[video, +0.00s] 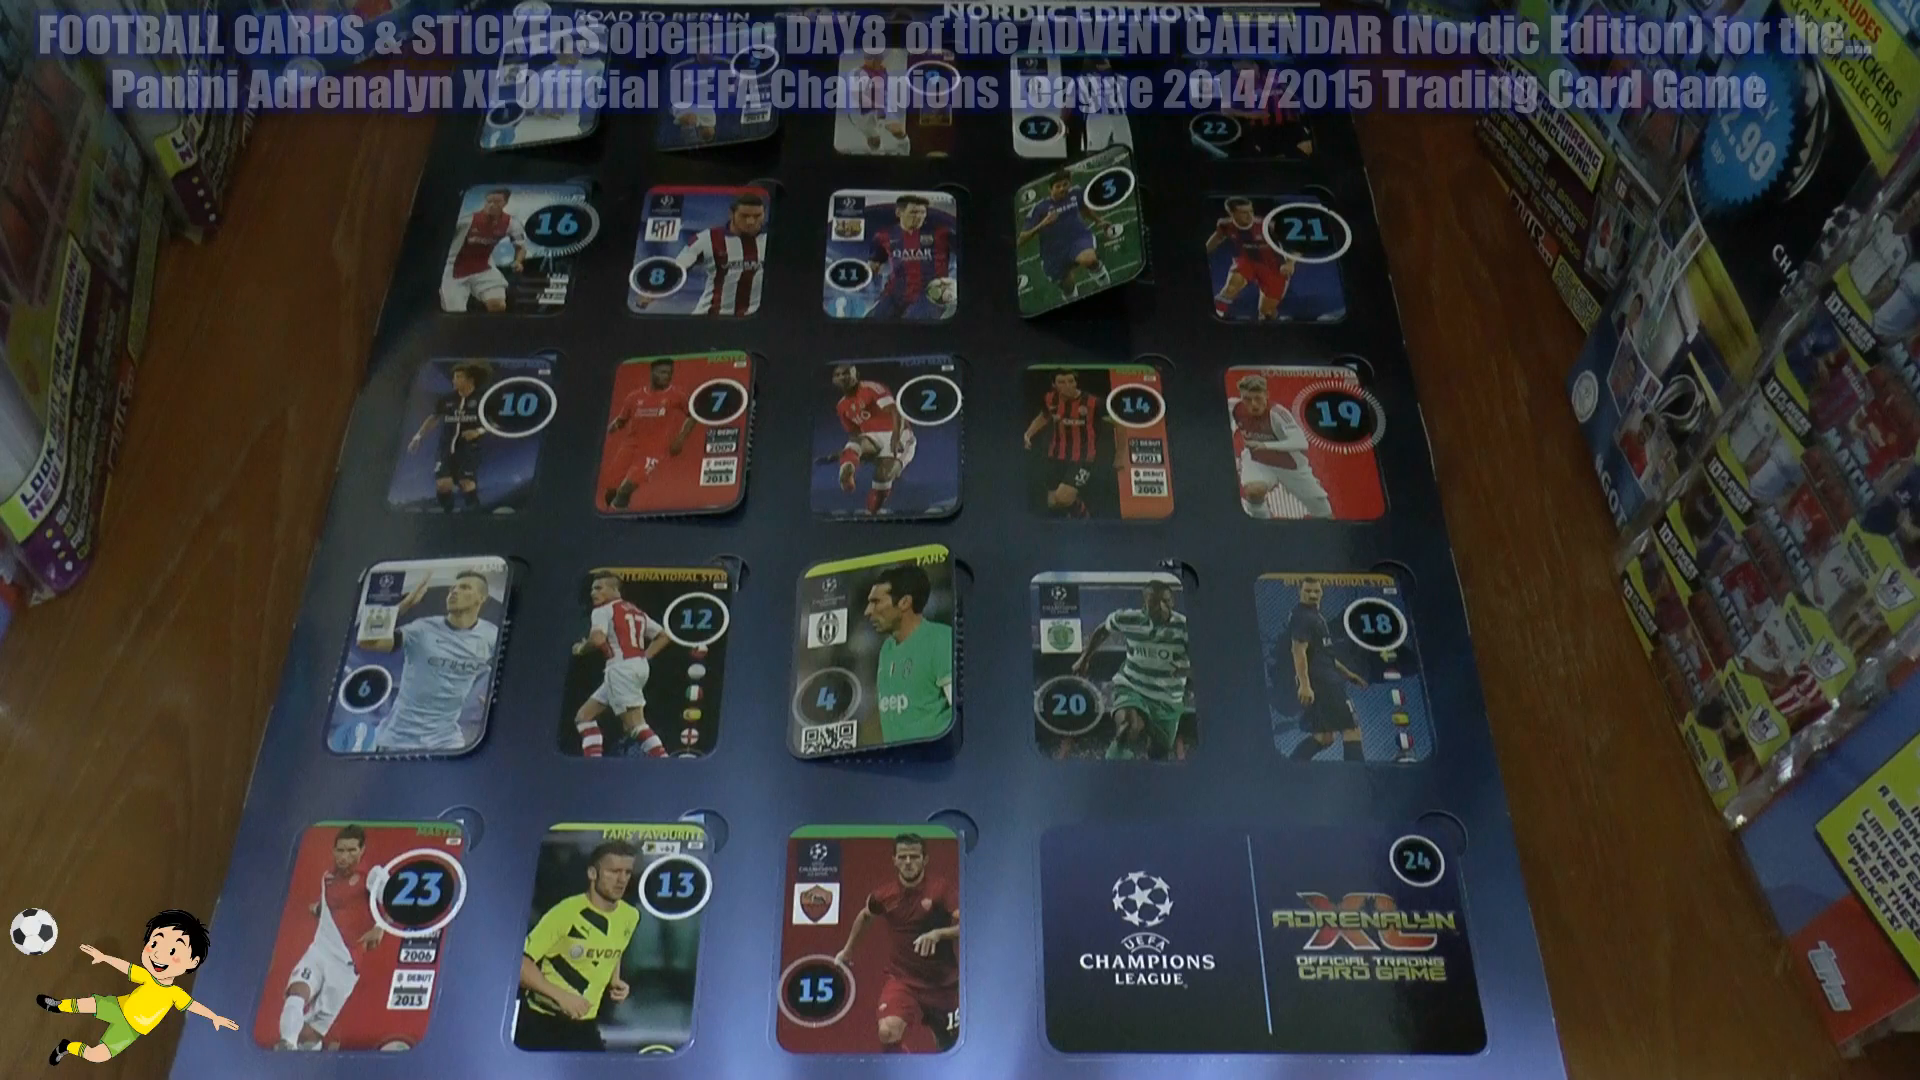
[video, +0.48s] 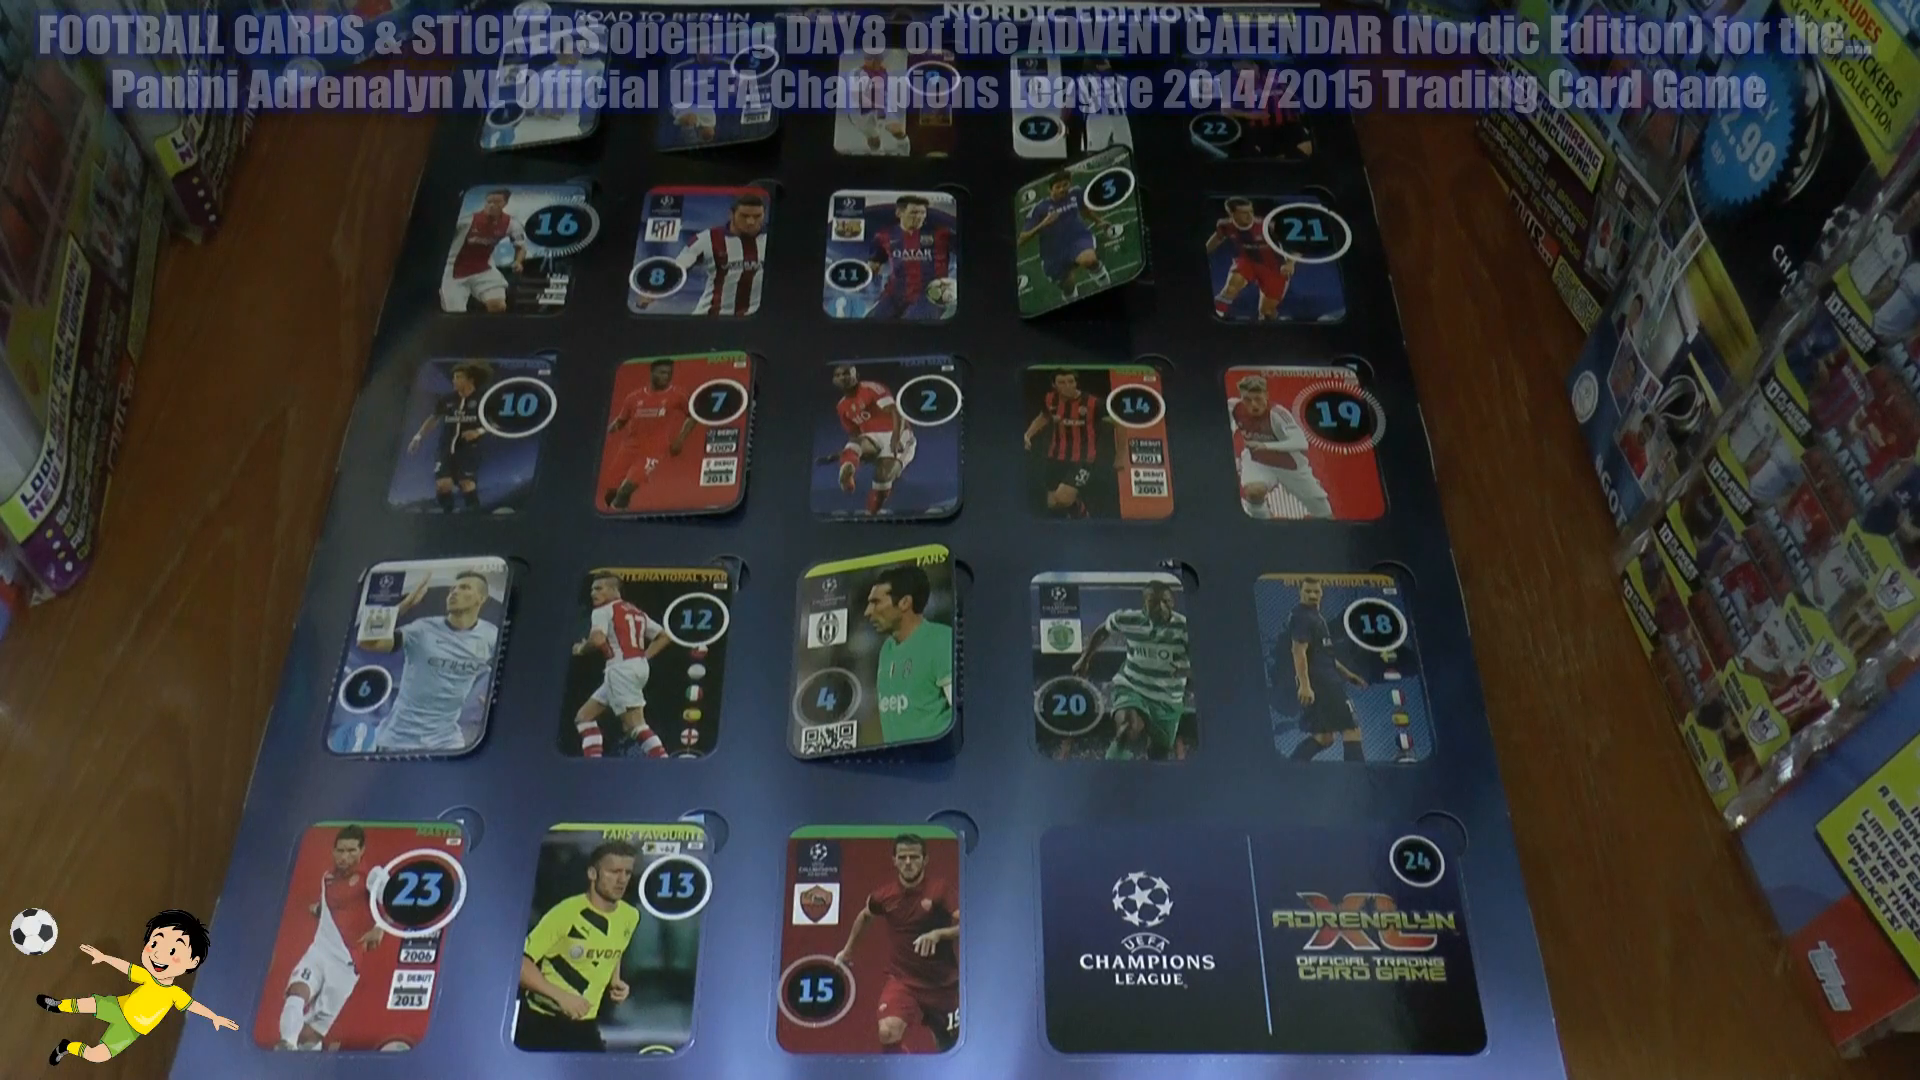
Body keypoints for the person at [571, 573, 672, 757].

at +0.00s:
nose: (593, 592)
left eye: (598, 588)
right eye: (592, 589)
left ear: (614, 590)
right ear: (616, 593)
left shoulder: (602, 610)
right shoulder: (634, 610)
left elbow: (598, 639)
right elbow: (663, 636)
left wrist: (582, 648)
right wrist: (644, 657)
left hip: (621, 668)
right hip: (641, 666)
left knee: (635, 724)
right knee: (584, 716)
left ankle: (665, 767)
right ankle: (594, 767)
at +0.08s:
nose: (593, 593)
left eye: (598, 588)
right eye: (593, 589)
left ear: (614, 591)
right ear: (616, 593)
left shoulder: (602, 610)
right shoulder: (634, 610)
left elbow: (598, 639)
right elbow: (663, 636)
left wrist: (582, 649)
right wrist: (644, 657)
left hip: (621, 669)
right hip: (641, 666)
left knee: (635, 724)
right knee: (584, 716)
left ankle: (665, 767)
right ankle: (594, 767)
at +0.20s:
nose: (593, 593)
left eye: (598, 588)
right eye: (592, 589)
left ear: (613, 591)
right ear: (616, 593)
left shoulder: (602, 610)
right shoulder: (634, 611)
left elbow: (598, 640)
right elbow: (664, 636)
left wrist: (582, 649)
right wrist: (644, 657)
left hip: (621, 669)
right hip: (641, 666)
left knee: (635, 724)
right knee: (584, 716)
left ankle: (664, 767)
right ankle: (594, 768)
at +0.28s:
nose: (593, 593)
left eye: (598, 588)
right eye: (592, 589)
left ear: (613, 591)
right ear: (616, 593)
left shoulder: (602, 610)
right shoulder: (634, 611)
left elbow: (598, 639)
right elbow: (664, 636)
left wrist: (582, 648)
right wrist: (644, 657)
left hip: (621, 669)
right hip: (641, 666)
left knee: (635, 724)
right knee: (584, 716)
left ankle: (664, 767)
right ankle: (594, 768)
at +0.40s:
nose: (593, 593)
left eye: (598, 588)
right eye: (592, 589)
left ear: (614, 591)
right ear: (616, 593)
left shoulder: (602, 610)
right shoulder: (635, 611)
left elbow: (598, 639)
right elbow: (664, 636)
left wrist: (582, 648)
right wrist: (644, 657)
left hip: (621, 668)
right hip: (641, 666)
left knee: (635, 724)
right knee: (584, 716)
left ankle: (664, 767)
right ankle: (594, 767)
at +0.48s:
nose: (593, 593)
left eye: (598, 588)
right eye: (592, 589)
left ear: (613, 591)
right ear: (616, 593)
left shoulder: (602, 610)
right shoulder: (635, 611)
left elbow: (598, 639)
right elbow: (664, 636)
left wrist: (582, 648)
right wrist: (644, 656)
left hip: (621, 668)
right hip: (641, 666)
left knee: (635, 724)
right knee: (584, 716)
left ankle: (665, 767)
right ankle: (594, 767)